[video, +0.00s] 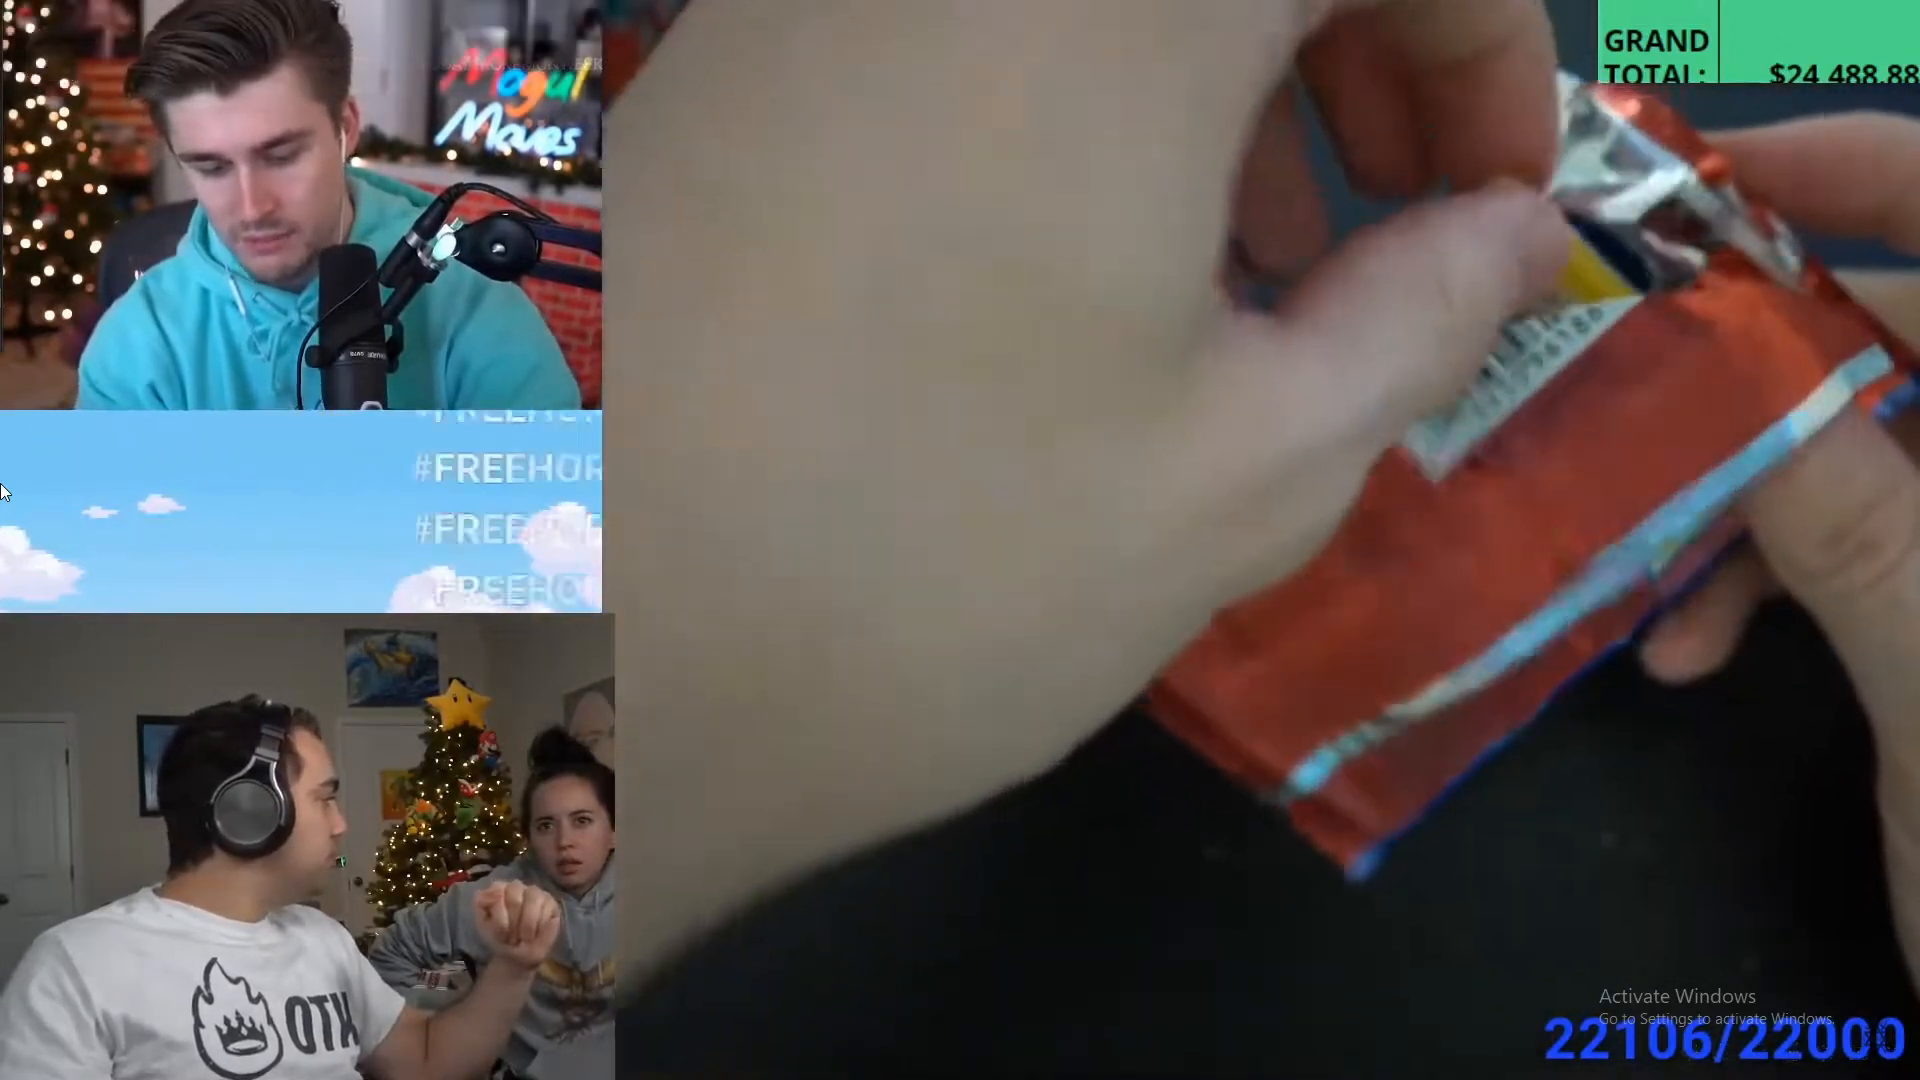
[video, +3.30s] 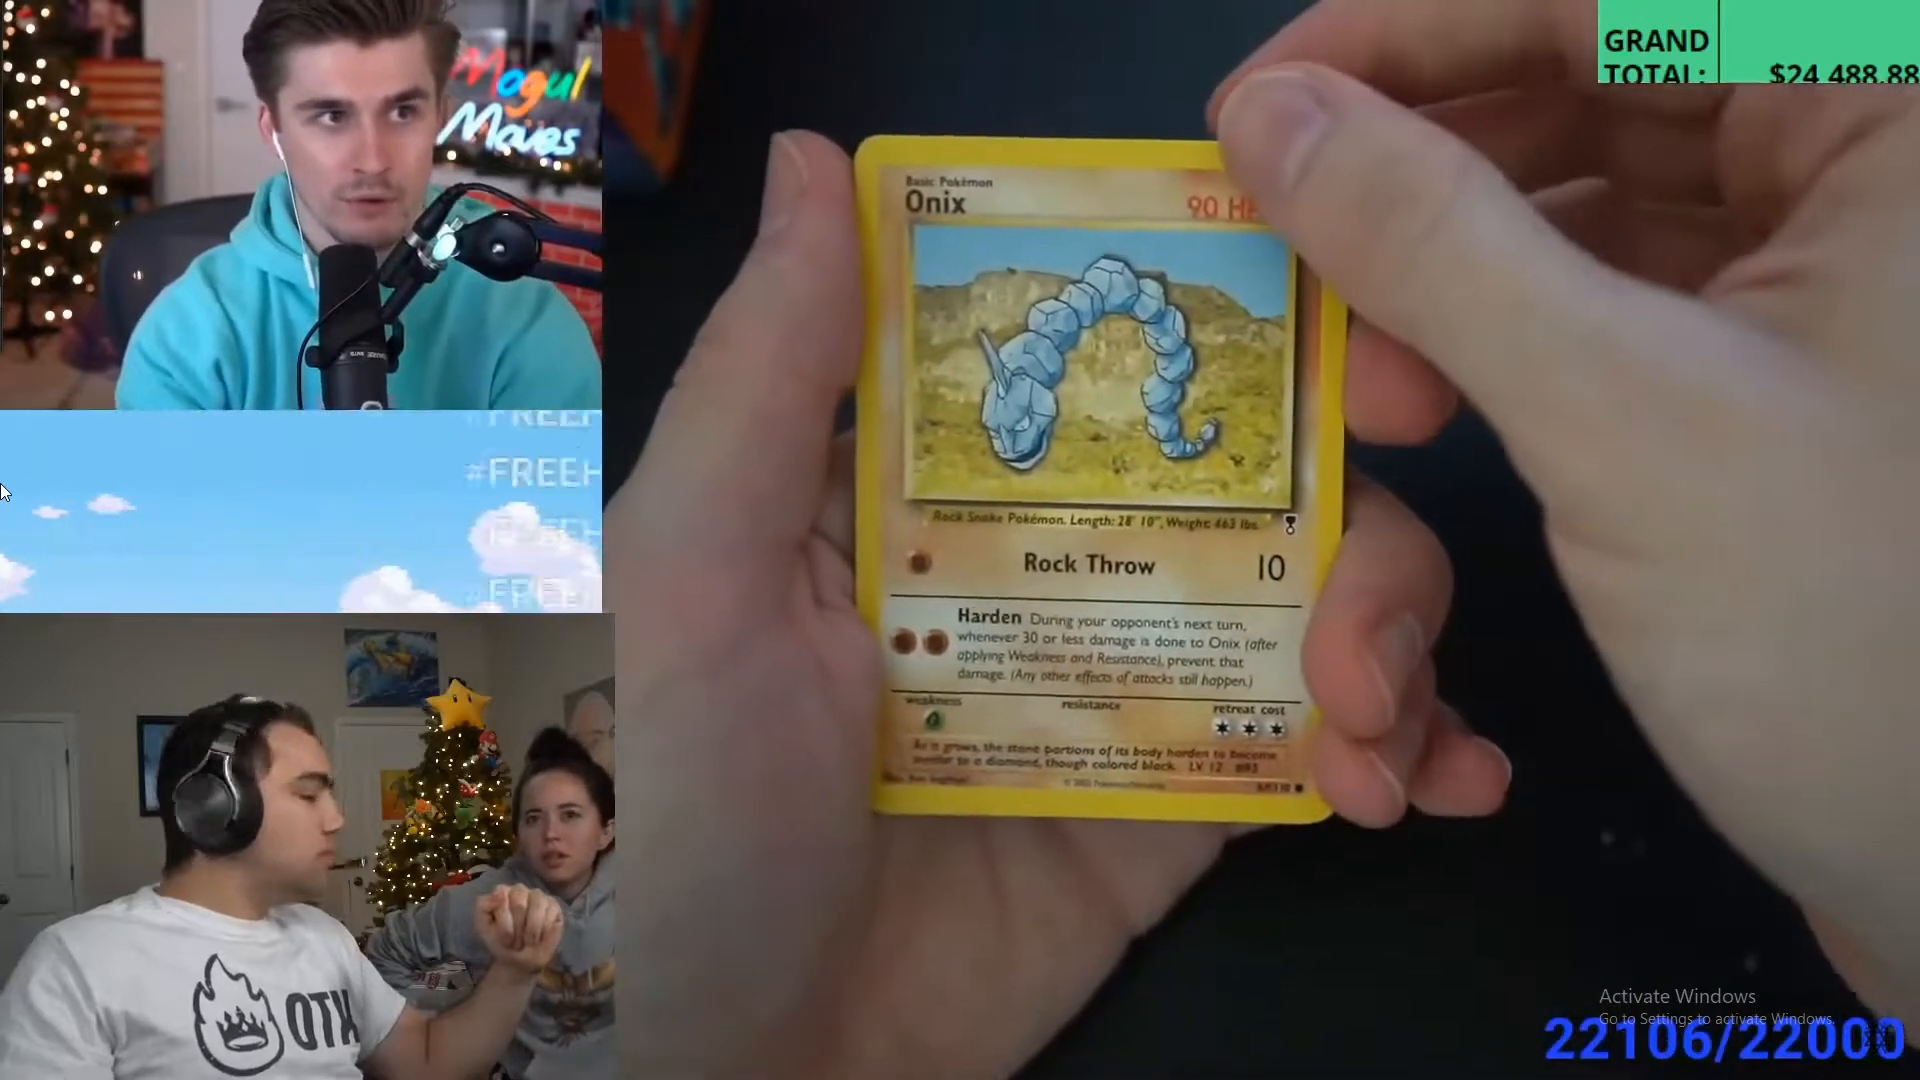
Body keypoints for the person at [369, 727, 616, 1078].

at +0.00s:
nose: (565, 842)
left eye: (582, 821)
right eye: (546, 826)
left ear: (613, 831)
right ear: (529, 838)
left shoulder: (644, 892)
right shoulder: (491, 899)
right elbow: (387, 957)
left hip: (625, 1068)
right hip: (536, 1073)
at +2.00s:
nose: (564, 842)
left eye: (582, 822)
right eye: (545, 826)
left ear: (612, 831)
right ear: (528, 839)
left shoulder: (644, 891)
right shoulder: (491, 898)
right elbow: (389, 955)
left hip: (625, 1067)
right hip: (535, 1072)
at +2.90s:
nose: (556, 829)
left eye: (575, 811)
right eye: (539, 814)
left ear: (608, 827)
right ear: (523, 833)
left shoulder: (640, 888)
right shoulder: (483, 899)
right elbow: (386, 956)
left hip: (626, 1067)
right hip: (534, 1071)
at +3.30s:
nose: (550, 834)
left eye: (570, 815)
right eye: (533, 819)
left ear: (605, 830)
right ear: (518, 835)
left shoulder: (636, 892)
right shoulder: (476, 903)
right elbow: (383, 955)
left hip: (622, 1068)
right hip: (530, 1072)